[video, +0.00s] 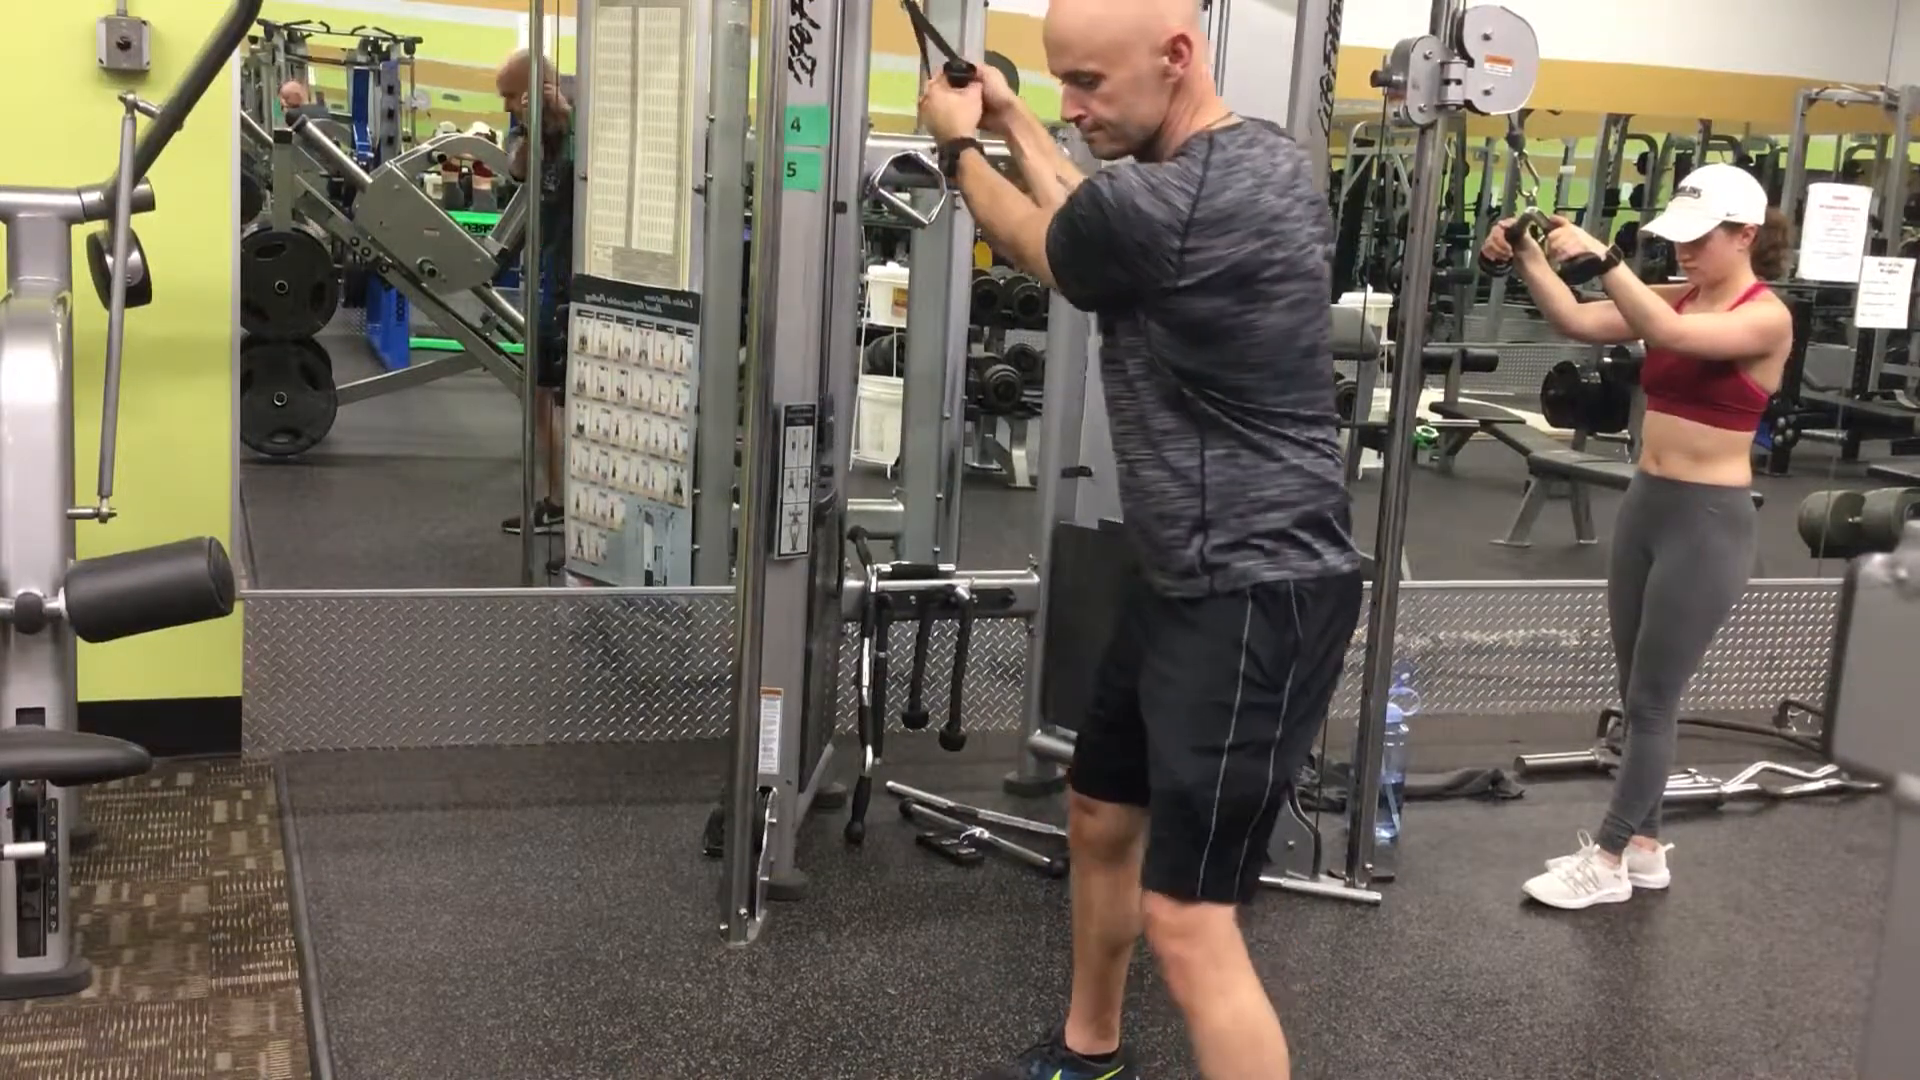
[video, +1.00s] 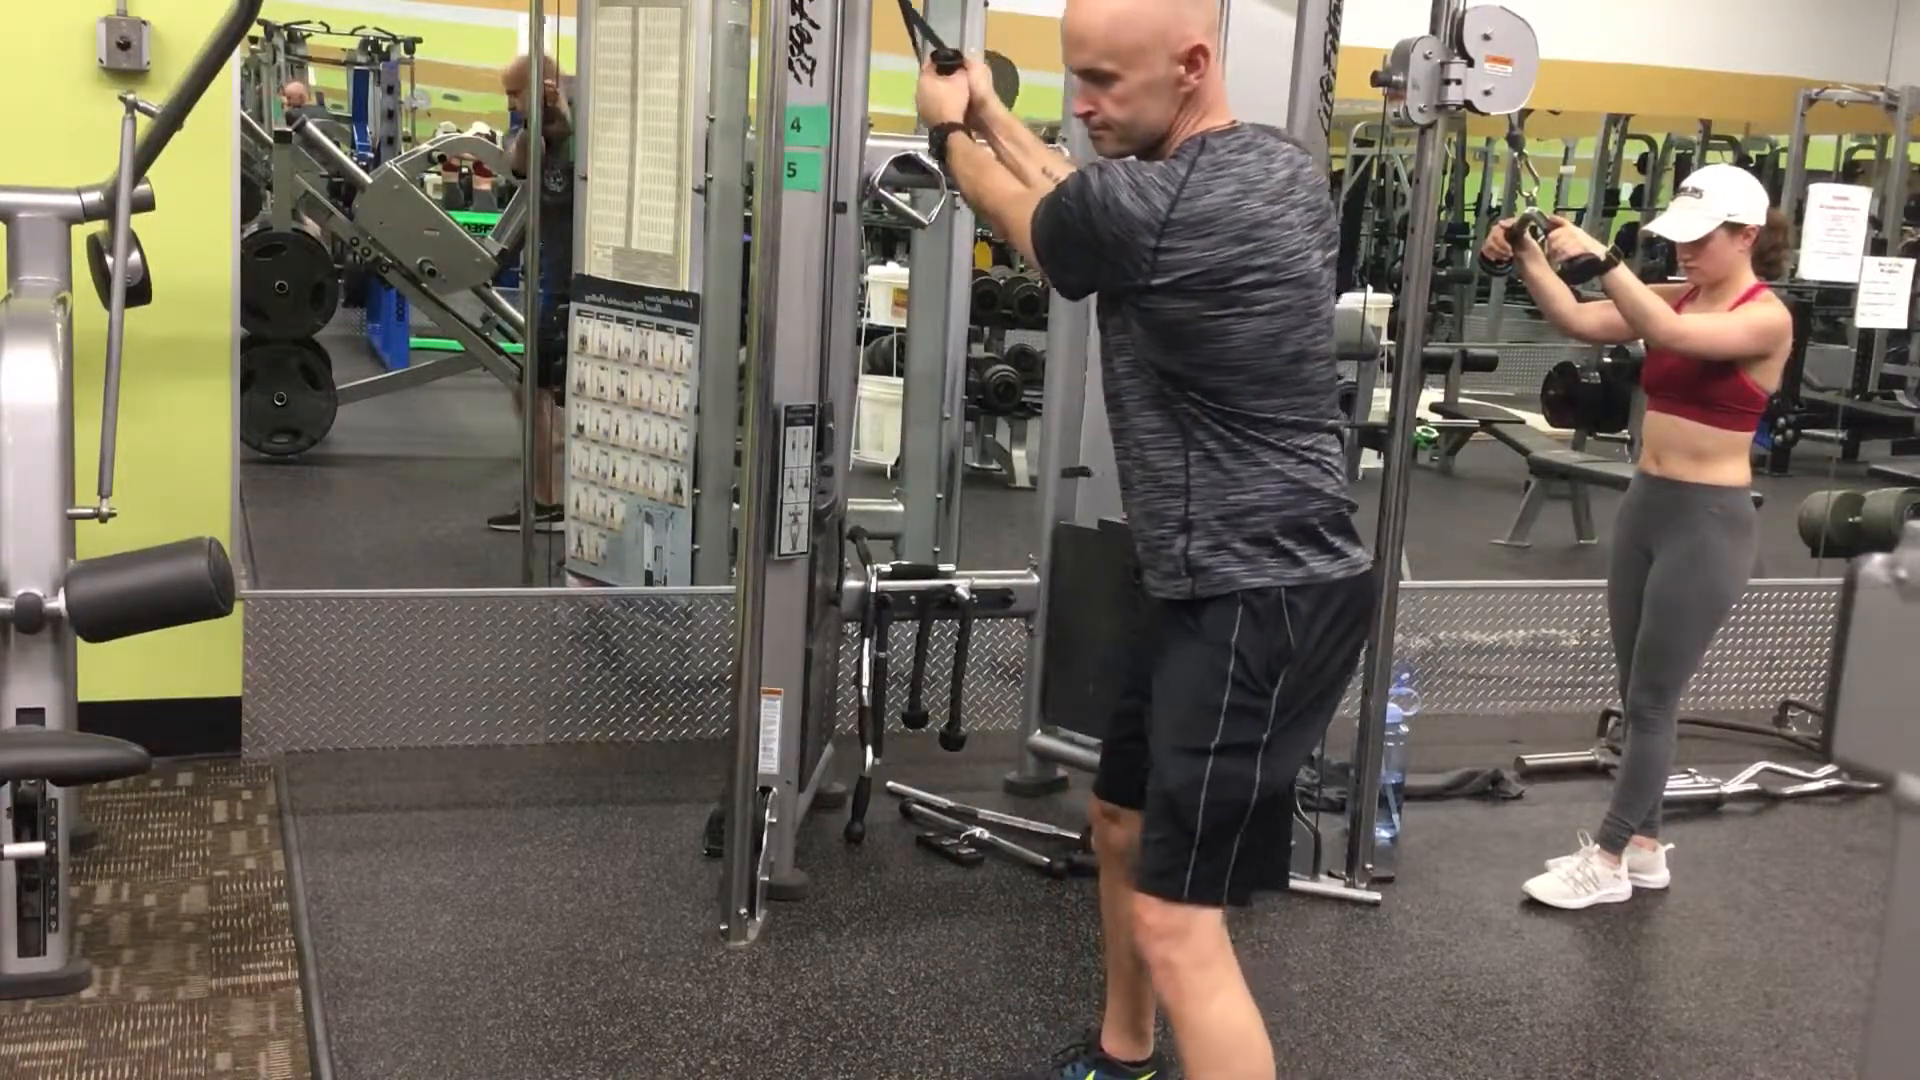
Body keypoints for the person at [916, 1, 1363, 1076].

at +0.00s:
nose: (1071, 109)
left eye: (1087, 82)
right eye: (1064, 83)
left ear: (1178, 57)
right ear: (1180, 56)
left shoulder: (1159, 205)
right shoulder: (1272, 165)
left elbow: (1040, 250)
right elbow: (1104, 237)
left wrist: (962, 146)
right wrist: (1013, 123)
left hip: (1257, 592)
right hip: (1186, 576)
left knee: (1190, 920)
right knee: (1099, 822)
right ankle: (1089, 1050)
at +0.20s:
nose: (1102, 96)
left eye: (1121, 69)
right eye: (1092, 69)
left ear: (1214, 45)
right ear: (1210, 49)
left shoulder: (1179, 196)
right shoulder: (1297, 162)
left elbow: (1049, 245)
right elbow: (1116, 229)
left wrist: (962, 142)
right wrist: (1018, 129)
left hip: (1275, 598)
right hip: (1197, 579)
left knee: (1196, 929)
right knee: (1119, 824)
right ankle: (1114, 1047)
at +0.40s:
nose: (1098, 100)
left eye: (1123, 76)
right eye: (1091, 71)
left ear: (1216, 61)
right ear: (1214, 65)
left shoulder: (1175, 205)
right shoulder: (1284, 174)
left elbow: (1044, 246)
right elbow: (1102, 231)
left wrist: (958, 151)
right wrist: (1008, 133)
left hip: (1275, 595)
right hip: (1200, 581)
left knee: (1186, 919)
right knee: (1116, 824)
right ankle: (1123, 1052)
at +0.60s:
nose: (1092, 100)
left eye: (1115, 76)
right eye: (1087, 74)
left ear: (1206, 63)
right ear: (1208, 67)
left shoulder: (1169, 204)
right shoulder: (1293, 168)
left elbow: (1053, 232)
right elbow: (1107, 221)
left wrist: (968, 127)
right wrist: (1010, 120)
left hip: (1274, 587)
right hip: (1201, 575)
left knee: (1208, 913)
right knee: (1129, 829)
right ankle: (1124, 1054)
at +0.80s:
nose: (1092, 103)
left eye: (1113, 79)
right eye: (1087, 77)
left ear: (1206, 67)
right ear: (1209, 70)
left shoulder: (1155, 204)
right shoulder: (1299, 170)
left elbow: (1047, 228)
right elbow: (1110, 212)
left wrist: (969, 123)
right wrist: (1009, 117)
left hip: (1271, 590)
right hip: (1204, 576)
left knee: (1197, 916)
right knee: (1129, 828)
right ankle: (1124, 1055)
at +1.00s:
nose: (1079, 102)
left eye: (1100, 79)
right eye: (1075, 77)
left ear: (1194, 66)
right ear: (1197, 69)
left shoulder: (1147, 205)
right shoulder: (1284, 171)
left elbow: (1036, 239)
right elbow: (1096, 208)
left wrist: (953, 131)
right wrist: (991, 118)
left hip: (1260, 596)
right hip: (1214, 583)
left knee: (1177, 919)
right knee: (1120, 824)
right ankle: (1127, 1048)